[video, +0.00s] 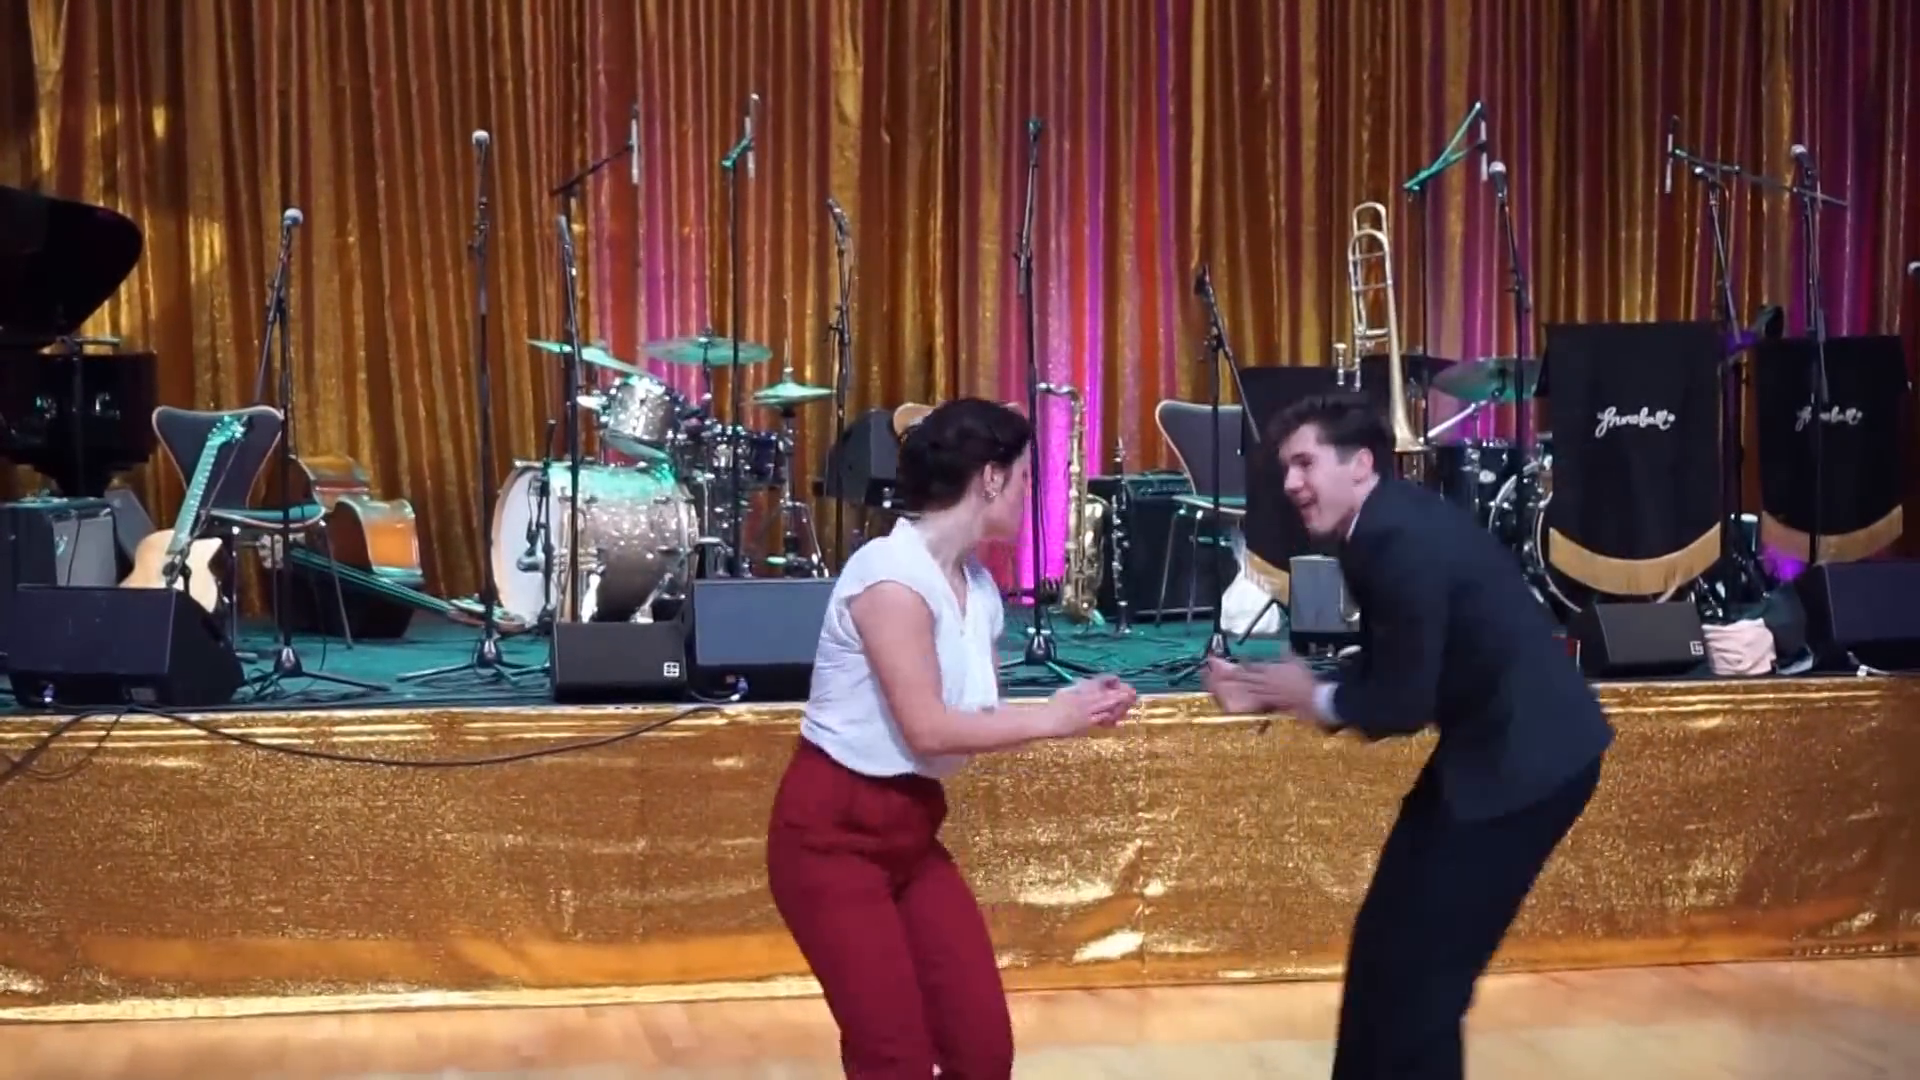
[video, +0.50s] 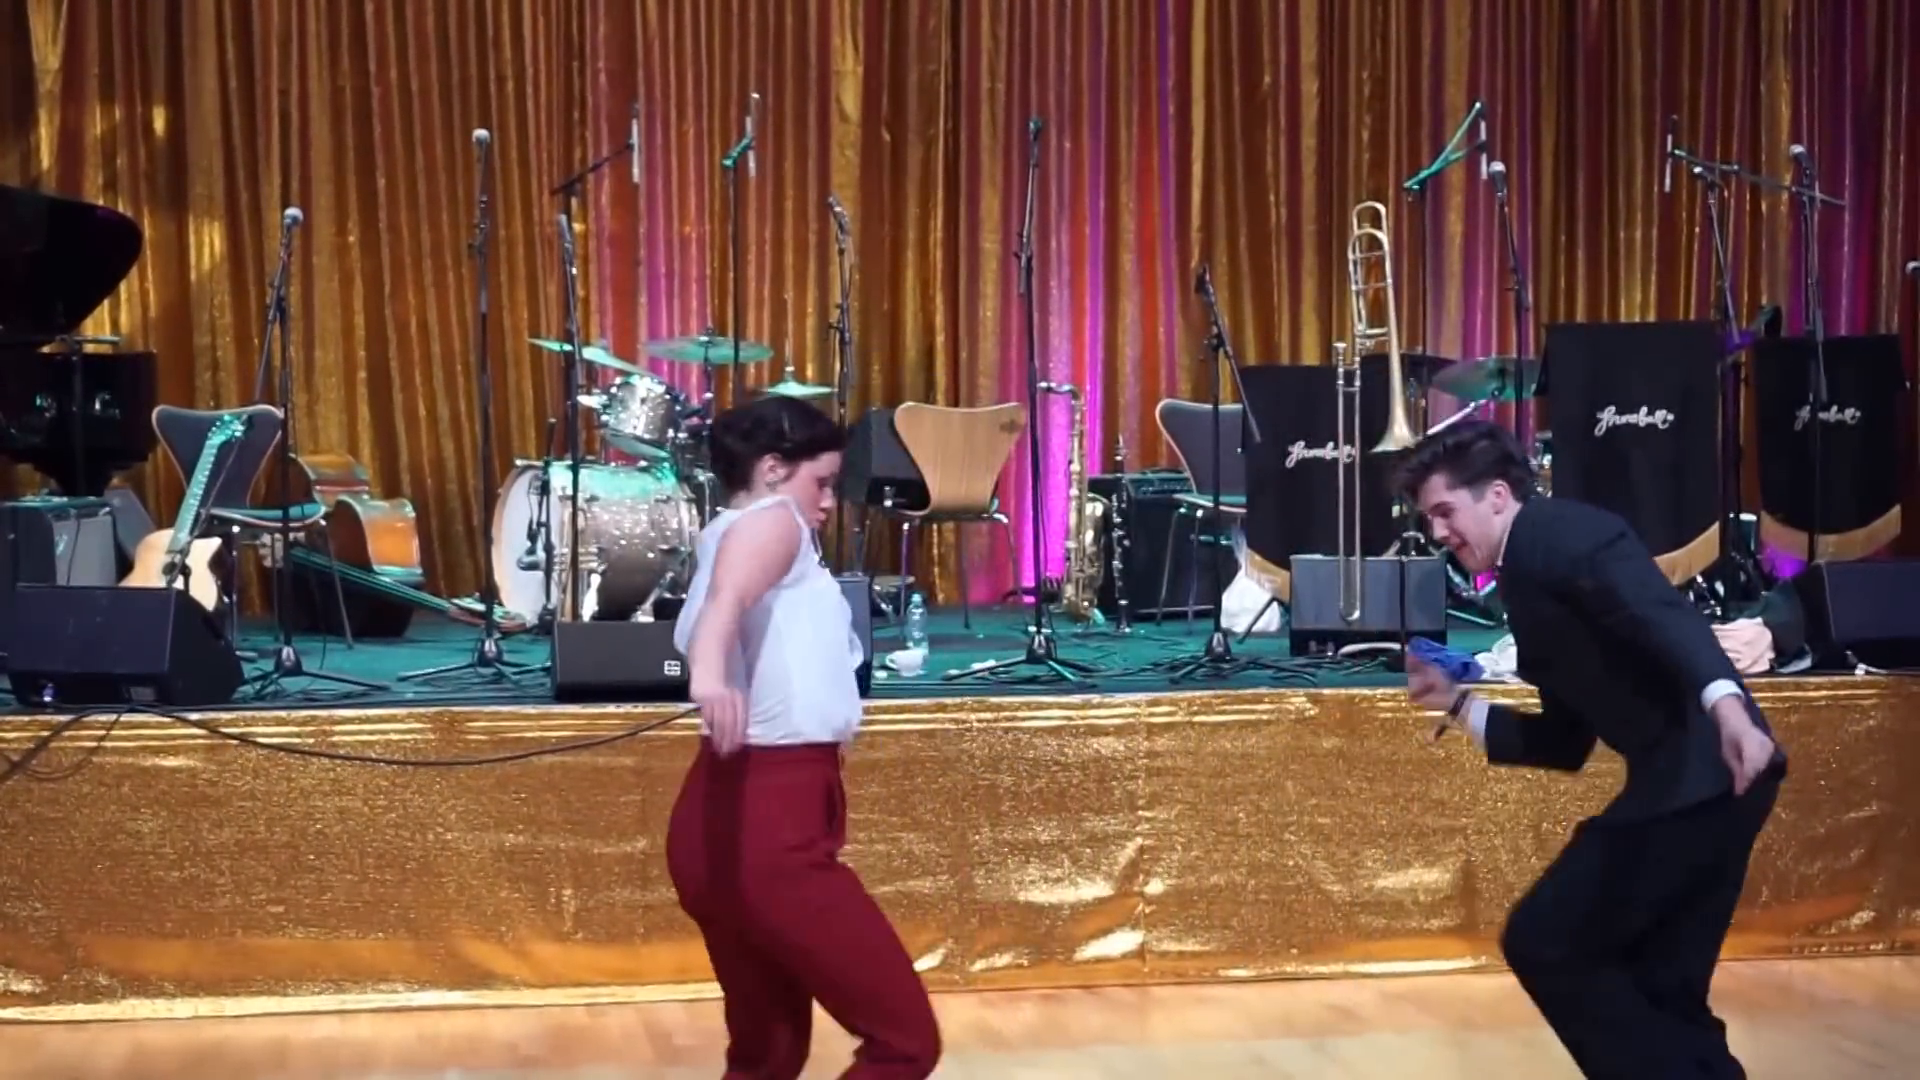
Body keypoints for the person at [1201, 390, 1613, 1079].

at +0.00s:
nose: (1292, 484)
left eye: (1308, 463)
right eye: (1286, 469)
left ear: (1363, 464)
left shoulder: (1398, 534)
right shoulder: (1383, 531)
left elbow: (1408, 699)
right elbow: (1387, 678)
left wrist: (1312, 698)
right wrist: (1293, 686)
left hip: (1529, 755)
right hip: (1488, 748)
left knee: (1414, 963)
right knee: (1384, 943)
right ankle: (1368, 1072)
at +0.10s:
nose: (1318, 453)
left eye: (1332, 432)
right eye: (1313, 439)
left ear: (1389, 422)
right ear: (1383, 428)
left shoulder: (1429, 483)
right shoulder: (1413, 478)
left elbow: (1498, 643)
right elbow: (1429, 609)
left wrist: (1430, 678)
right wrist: (1346, 662)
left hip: (1581, 713)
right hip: (1519, 710)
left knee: (1502, 928)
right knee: (1420, 882)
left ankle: (1491, 1069)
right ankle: (1462, 1067)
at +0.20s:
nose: (1359, 463)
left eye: (1370, 442)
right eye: (1352, 448)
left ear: (1427, 428)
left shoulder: (1458, 488)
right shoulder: (1459, 472)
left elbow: (1560, 604)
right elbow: (1490, 588)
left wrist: (1531, 729)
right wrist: (1411, 640)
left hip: (1627, 716)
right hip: (1583, 711)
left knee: (1527, 914)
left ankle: (1621, 1069)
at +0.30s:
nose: (1402, 497)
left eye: (1411, 475)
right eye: (1394, 482)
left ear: (1465, 461)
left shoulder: (1519, 515)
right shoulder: (1484, 528)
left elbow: (1600, 640)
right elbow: (1536, 635)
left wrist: (1635, 786)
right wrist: (1441, 641)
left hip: (1654, 763)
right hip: (1609, 763)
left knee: (1613, 992)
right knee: (1561, 981)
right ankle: (1673, 1066)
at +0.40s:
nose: (1426, 523)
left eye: (1434, 501)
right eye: (1417, 510)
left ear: (1489, 488)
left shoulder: (1541, 539)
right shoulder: (1519, 558)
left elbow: (1630, 633)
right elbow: (1563, 674)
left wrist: (1699, 740)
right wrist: (1462, 658)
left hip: (1669, 789)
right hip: (1662, 788)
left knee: (1593, 993)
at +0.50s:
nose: (1438, 534)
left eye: (1445, 511)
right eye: (1429, 521)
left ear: (1500, 495)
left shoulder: (1557, 531)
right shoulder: (1532, 583)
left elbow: (1658, 609)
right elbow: (1564, 745)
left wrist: (1726, 703)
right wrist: (1455, 701)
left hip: (1701, 761)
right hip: (1704, 768)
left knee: (1545, 941)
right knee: (1664, 986)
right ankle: (1710, 1071)